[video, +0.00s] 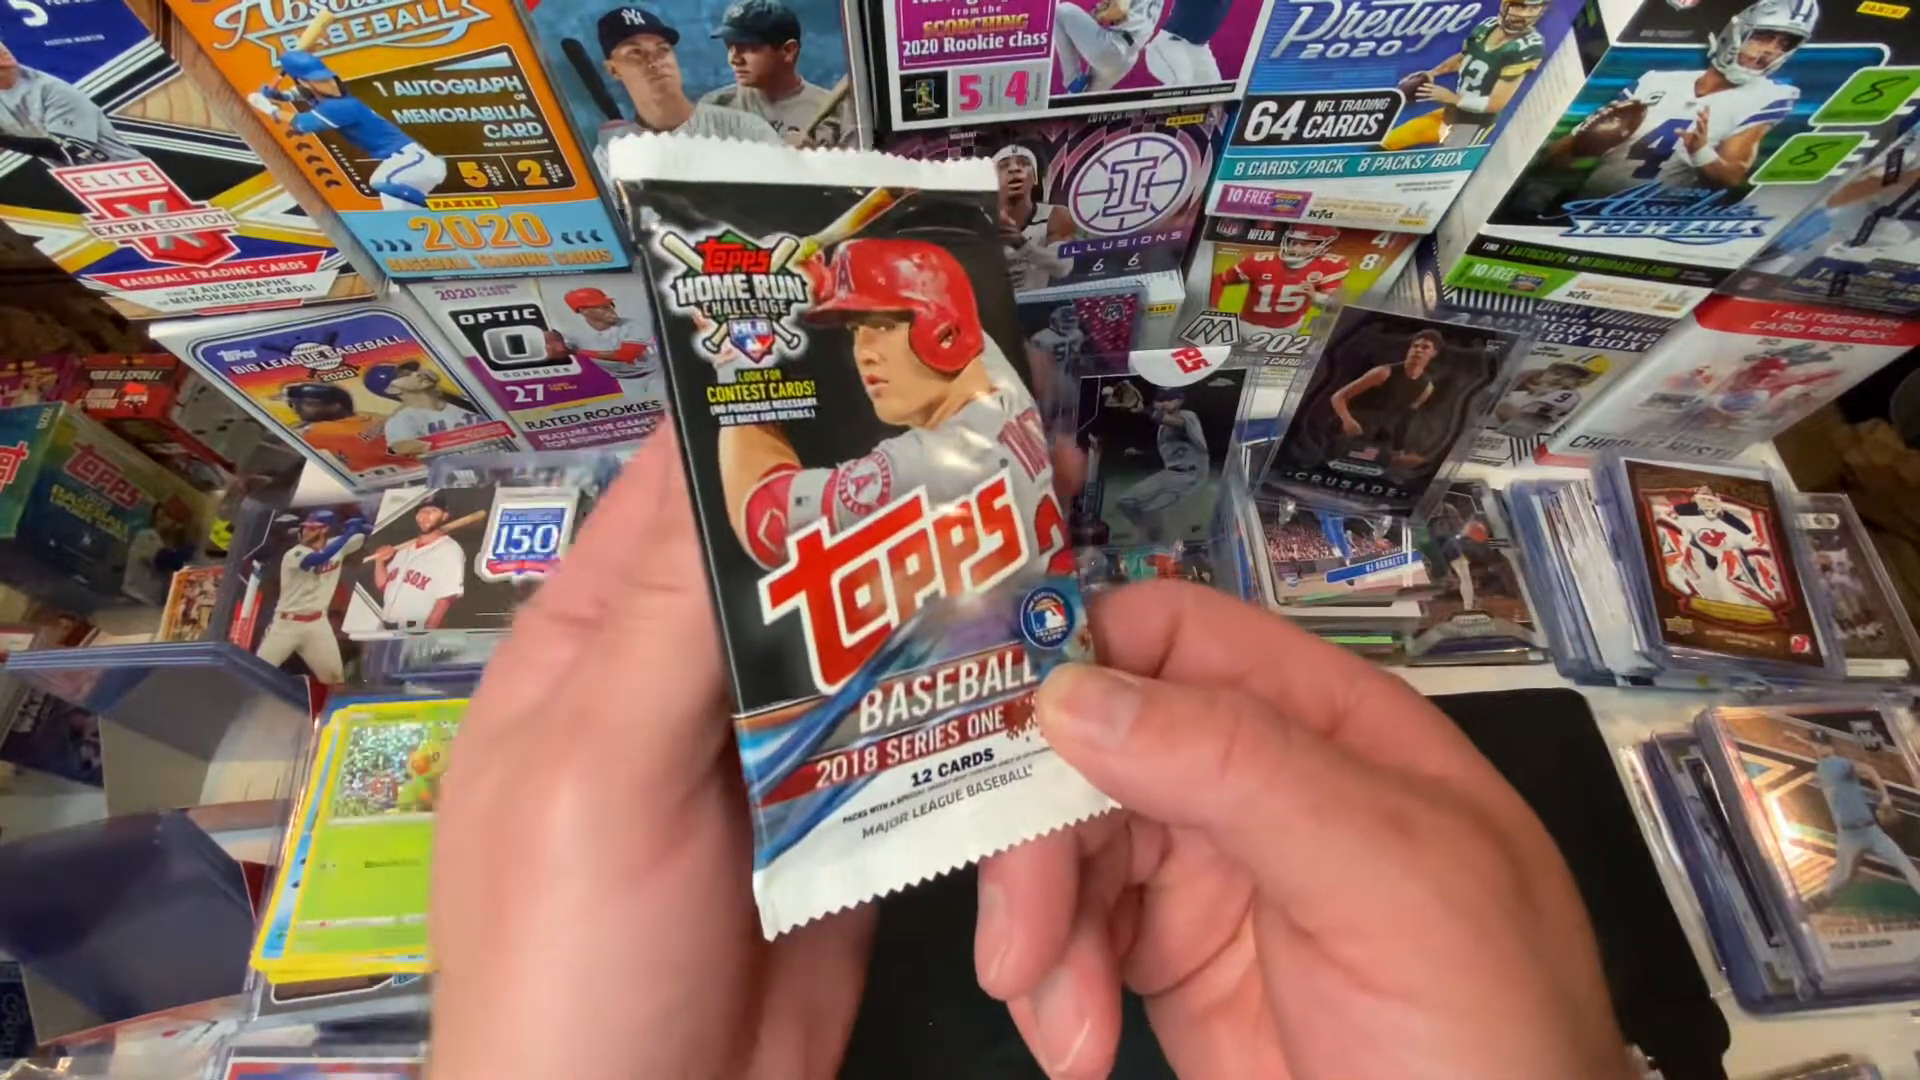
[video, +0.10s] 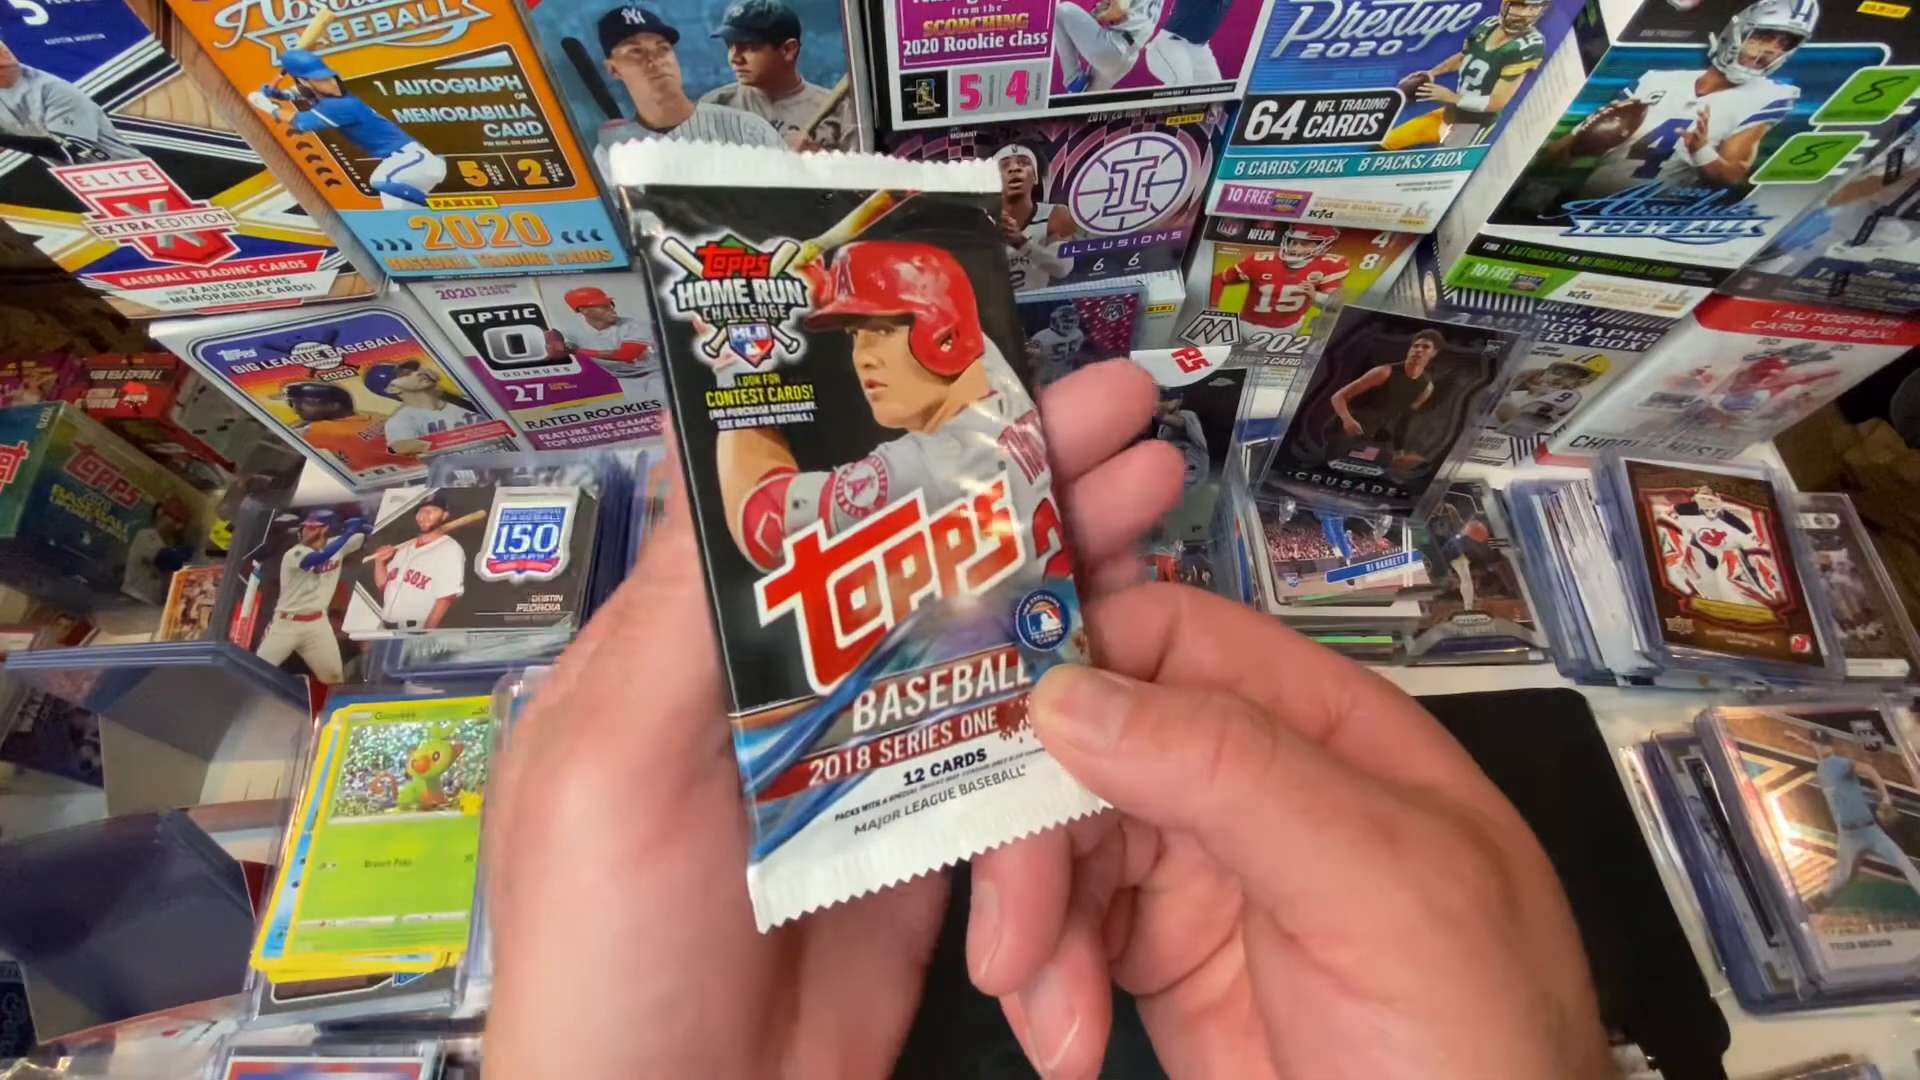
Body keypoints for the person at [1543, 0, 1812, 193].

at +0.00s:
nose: (1770, 52)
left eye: (1783, 45)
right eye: (1764, 37)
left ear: (1789, 56)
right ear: (1737, 33)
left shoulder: (1762, 100)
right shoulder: (1657, 83)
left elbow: (1735, 177)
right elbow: (1561, 153)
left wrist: (1703, 154)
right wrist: (1585, 140)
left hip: (1658, 224)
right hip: (1591, 206)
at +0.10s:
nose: (1770, 51)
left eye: (1783, 44)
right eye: (1764, 36)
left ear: (1789, 55)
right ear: (1738, 32)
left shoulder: (1761, 101)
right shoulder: (1658, 83)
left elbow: (1736, 175)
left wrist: (1703, 154)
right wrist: (1579, 141)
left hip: (1659, 223)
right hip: (1591, 205)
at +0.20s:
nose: (1770, 51)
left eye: (1783, 44)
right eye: (1764, 37)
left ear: (1789, 56)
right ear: (1738, 33)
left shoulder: (1760, 101)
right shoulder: (1658, 83)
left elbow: (1736, 175)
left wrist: (1703, 153)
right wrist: (1580, 141)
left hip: (1659, 222)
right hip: (1591, 204)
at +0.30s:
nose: (1770, 51)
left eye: (1783, 44)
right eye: (1764, 37)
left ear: (1789, 55)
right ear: (1738, 33)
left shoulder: (1762, 100)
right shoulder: (1658, 83)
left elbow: (1736, 175)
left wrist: (1703, 154)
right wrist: (1579, 141)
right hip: (1590, 205)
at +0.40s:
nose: (1770, 51)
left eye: (1783, 44)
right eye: (1764, 36)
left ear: (1789, 56)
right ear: (1738, 33)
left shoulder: (1761, 101)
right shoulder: (1658, 83)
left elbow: (1736, 175)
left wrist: (1703, 154)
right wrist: (1579, 141)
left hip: (1660, 222)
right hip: (1592, 204)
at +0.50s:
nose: (1770, 51)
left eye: (1783, 45)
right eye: (1764, 37)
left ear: (1789, 56)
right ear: (1737, 33)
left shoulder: (1761, 102)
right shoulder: (1658, 83)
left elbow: (1735, 176)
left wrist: (1703, 154)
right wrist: (1579, 141)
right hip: (1591, 204)